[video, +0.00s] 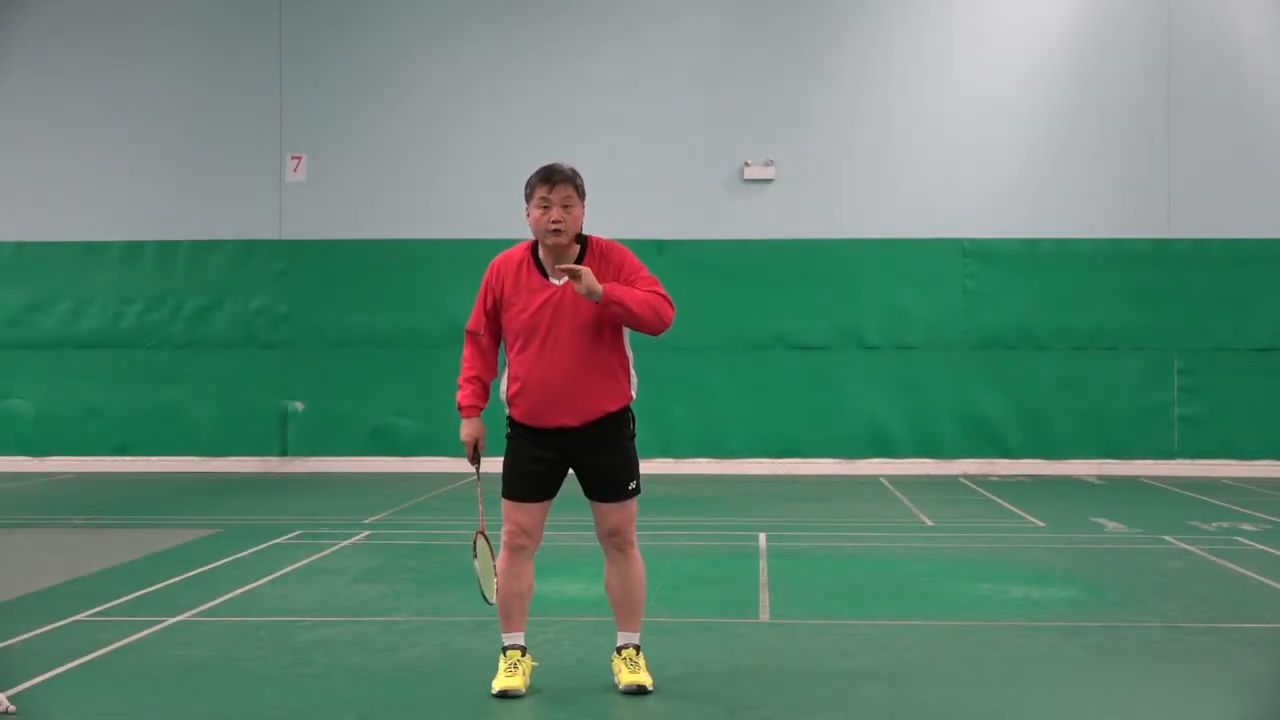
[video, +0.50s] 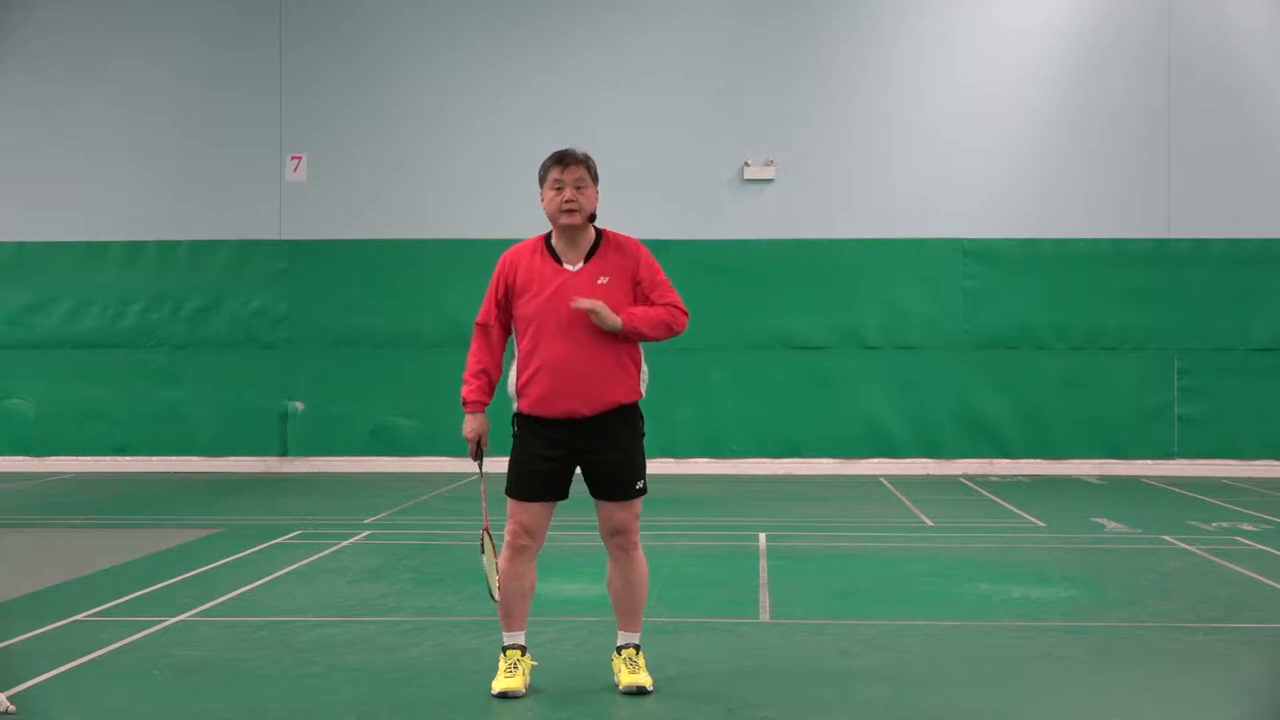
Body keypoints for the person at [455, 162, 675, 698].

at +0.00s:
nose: (555, 215)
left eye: (566, 205)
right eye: (544, 206)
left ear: (582, 211)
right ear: (528, 213)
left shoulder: (610, 258)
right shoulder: (505, 269)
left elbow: (660, 314)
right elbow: (480, 340)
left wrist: (602, 293)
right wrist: (471, 412)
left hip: (605, 425)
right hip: (532, 428)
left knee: (619, 536)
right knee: (518, 537)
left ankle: (630, 650)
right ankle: (513, 652)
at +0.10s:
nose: (555, 215)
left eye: (566, 205)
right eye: (544, 205)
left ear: (582, 211)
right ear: (528, 213)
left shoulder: (610, 258)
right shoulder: (505, 269)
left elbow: (660, 313)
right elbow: (481, 340)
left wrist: (601, 292)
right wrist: (472, 412)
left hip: (605, 425)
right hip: (533, 429)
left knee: (620, 536)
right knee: (517, 538)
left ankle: (630, 649)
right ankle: (513, 652)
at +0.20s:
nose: (555, 215)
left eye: (566, 205)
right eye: (544, 205)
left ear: (582, 211)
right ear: (528, 213)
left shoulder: (610, 258)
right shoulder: (506, 270)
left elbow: (659, 312)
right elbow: (481, 341)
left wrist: (601, 291)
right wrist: (472, 412)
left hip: (606, 424)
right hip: (533, 428)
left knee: (620, 536)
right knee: (518, 537)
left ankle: (630, 649)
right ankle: (513, 651)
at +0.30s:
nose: (556, 213)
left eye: (567, 203)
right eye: (545, 204)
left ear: (584, 209)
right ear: (530, 212)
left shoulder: (612, 257)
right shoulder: (506, 269)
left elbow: (658, 310)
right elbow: (482, 340)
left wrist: (608, 297)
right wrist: (473, 412)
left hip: (607, 424)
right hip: (535, 428)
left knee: (621, 535)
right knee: (518, 537)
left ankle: (630, 649)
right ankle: (513, 651)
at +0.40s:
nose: (559, 206)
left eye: (570, 196)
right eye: (548, 197)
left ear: (588, 202)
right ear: (533, 206)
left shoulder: (619, 255)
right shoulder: (509, 266)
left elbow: (668, 312)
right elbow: (484, 336)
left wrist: (608, 303)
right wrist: (474, 408)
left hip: (609, 422)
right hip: (535, 427)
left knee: (621, 534)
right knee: (519, 537)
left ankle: (630, 649)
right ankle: (513, 651)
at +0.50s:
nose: (568, 195)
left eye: (579, 186)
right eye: (557, 187)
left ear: (596, 196)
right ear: (542, 198)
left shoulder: (628, 255)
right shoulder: (516, 263)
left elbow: (674, 316)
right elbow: (489, 334)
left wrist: (620, 321)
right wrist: (476, 407)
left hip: (613, 420)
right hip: (539, 423)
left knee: (623, 535)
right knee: (521, 536)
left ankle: (629, 650)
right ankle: (513, 651)